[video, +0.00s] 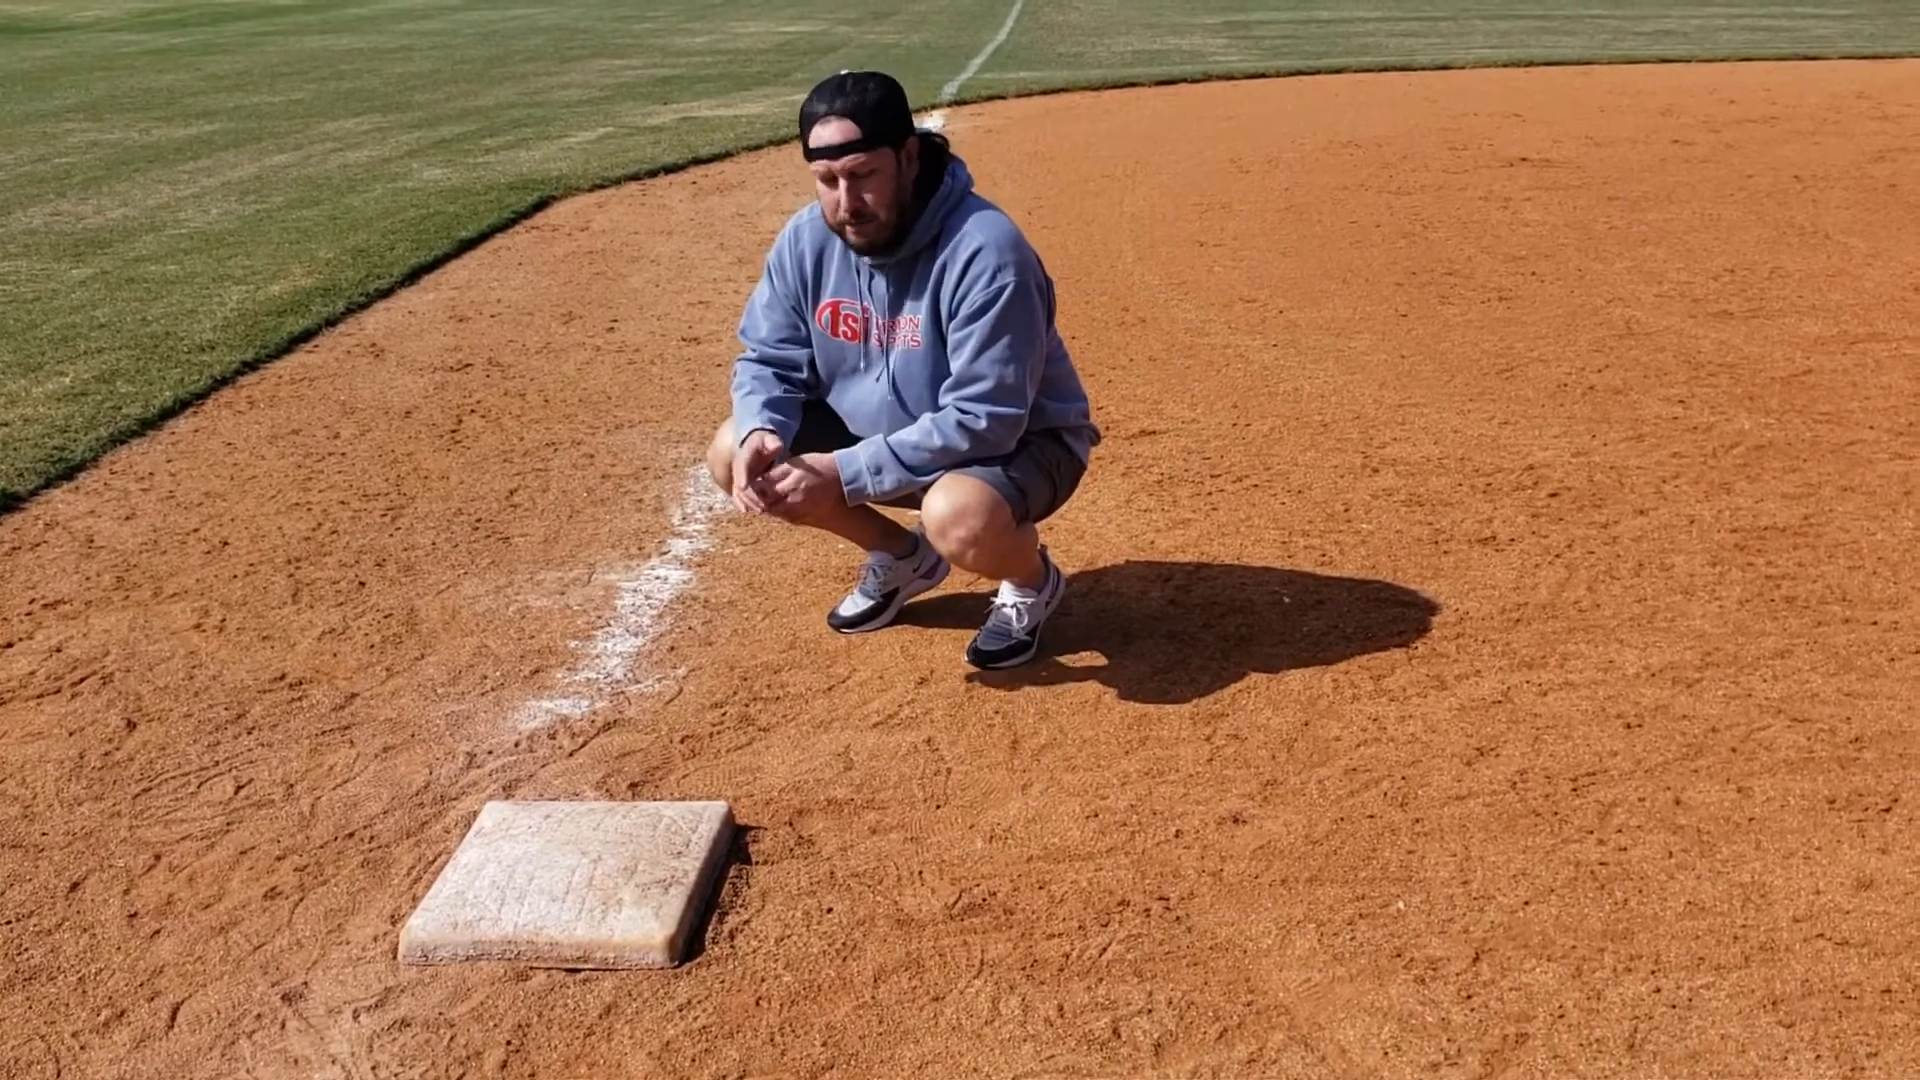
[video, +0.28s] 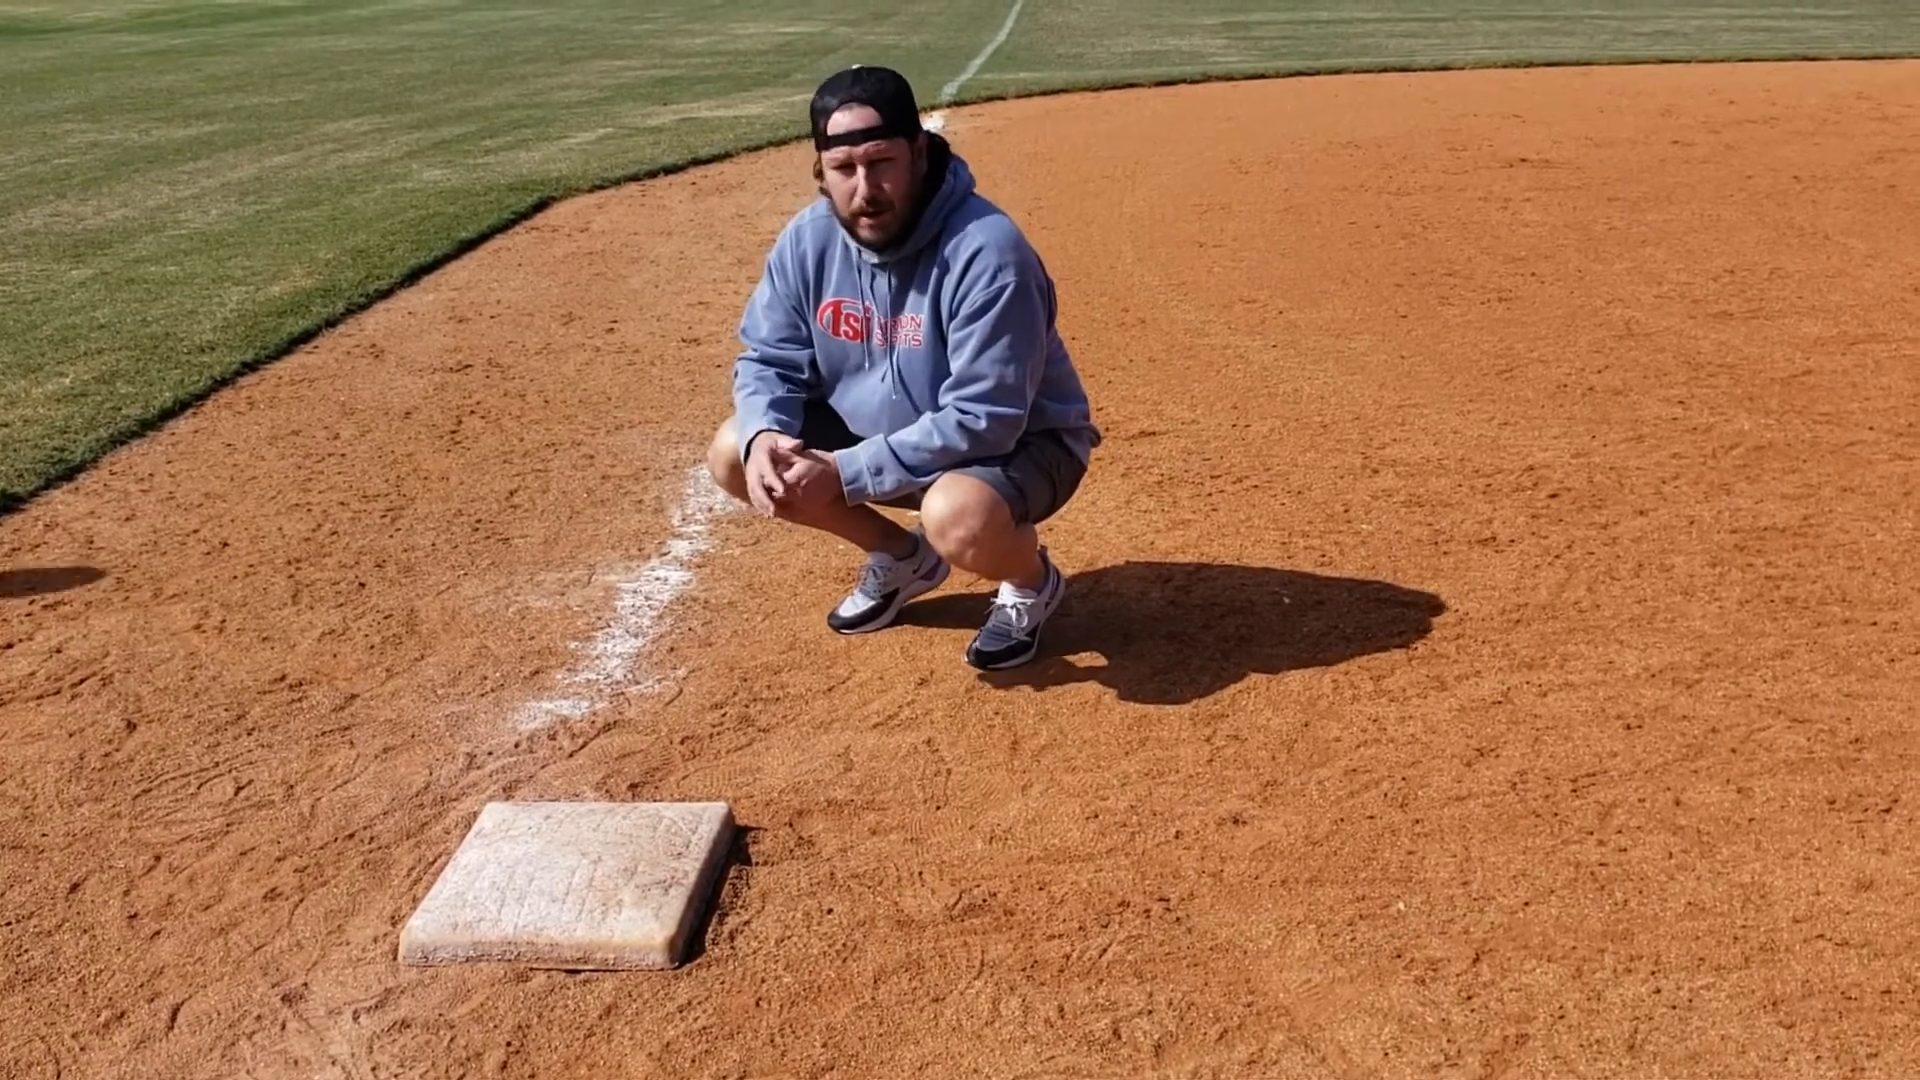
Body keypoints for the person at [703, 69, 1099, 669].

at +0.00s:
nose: (846, 203)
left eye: (864, 176)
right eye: (827, 180)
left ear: (909, 157)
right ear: (812, 176)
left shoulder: (986, 255)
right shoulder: (806, 239)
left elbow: (984, 422)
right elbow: (769, 356)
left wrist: (843, 474)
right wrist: (762, 431)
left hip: (1024, 440)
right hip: (890, 433)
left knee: (957, 517)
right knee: (737, 451)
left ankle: (1034, 583)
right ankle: (900, 554)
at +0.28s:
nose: (864, 191)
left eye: (881, 163)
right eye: (842, 168)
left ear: (920, 153)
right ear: (820, 172)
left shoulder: (988, 257)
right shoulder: (807, 241)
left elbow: (982, 422)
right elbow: (768, 358)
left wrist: (845, 474)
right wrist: (765, 433)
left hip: (1024, 441)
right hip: (890, 435)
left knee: (956, 516)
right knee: (735, 456)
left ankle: (1034, 583)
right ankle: (901, 555)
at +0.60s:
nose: (869, 184)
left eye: (888, 158)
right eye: (848, 160)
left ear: (925, 150)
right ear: (825, 162)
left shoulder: (989, 255)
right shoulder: (808, 238)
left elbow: (984, 419)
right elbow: (768, 352)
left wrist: (846, 468)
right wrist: (765, 421)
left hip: (1023, 441)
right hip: (885, 433)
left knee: (958, 515)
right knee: (736, 452)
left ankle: (1035, 585)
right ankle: (898, 554)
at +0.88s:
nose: (867, 183)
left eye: (885, 157)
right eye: (845, 161)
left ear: (922, 150)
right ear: (822, 165)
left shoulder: (987, 256)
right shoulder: (805, 241)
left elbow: (982, 421)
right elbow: (766, 354)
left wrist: (844, 470)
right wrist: (764, 425)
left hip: (1020, 442)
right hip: (881, 435)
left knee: (956, 516)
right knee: (733, 453)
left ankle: (1034, 587)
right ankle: (896, 556)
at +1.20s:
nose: (848, 198)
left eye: (868, 175)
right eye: (831, 176)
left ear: (913, 157)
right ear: (814, 171)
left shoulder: (983, 259)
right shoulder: (803, 244)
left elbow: (978, 424)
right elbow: (766, 359)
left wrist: (838, 475)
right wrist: (758, 429)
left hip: (1021, 442)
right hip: (886, 434)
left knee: (953, 518)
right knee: (733, 454)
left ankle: (1033, 587)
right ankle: (897, 557)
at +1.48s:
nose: (843, 204)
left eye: (863, 179)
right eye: (826, 181)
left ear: (908, 163)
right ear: (809, 176)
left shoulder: (981, 261)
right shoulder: (801, 247)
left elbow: (977, 427)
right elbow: (766, 363)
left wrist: (837, 479)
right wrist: (758, 440)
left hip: (1020, 444)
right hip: (885, 436)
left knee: (952, 522)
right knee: (733, 455)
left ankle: (1032, 588)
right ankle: (897, 560)